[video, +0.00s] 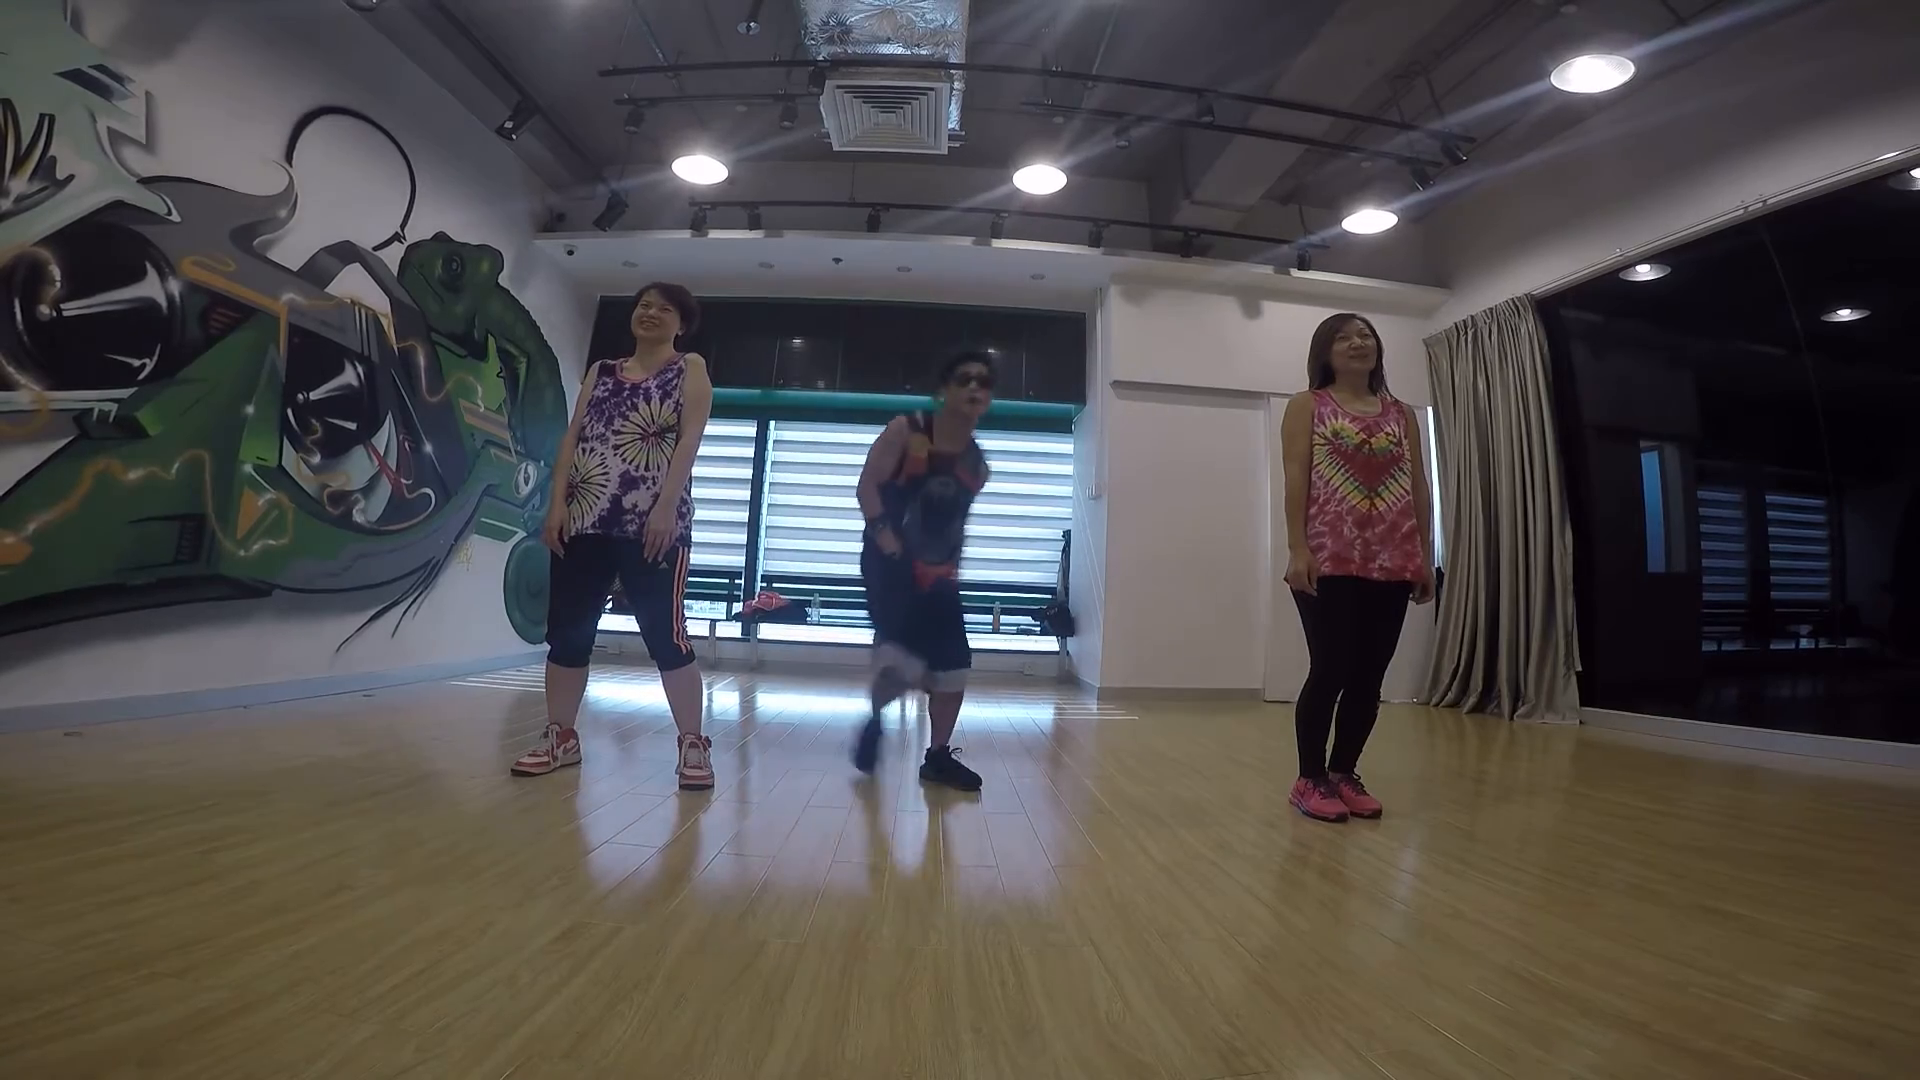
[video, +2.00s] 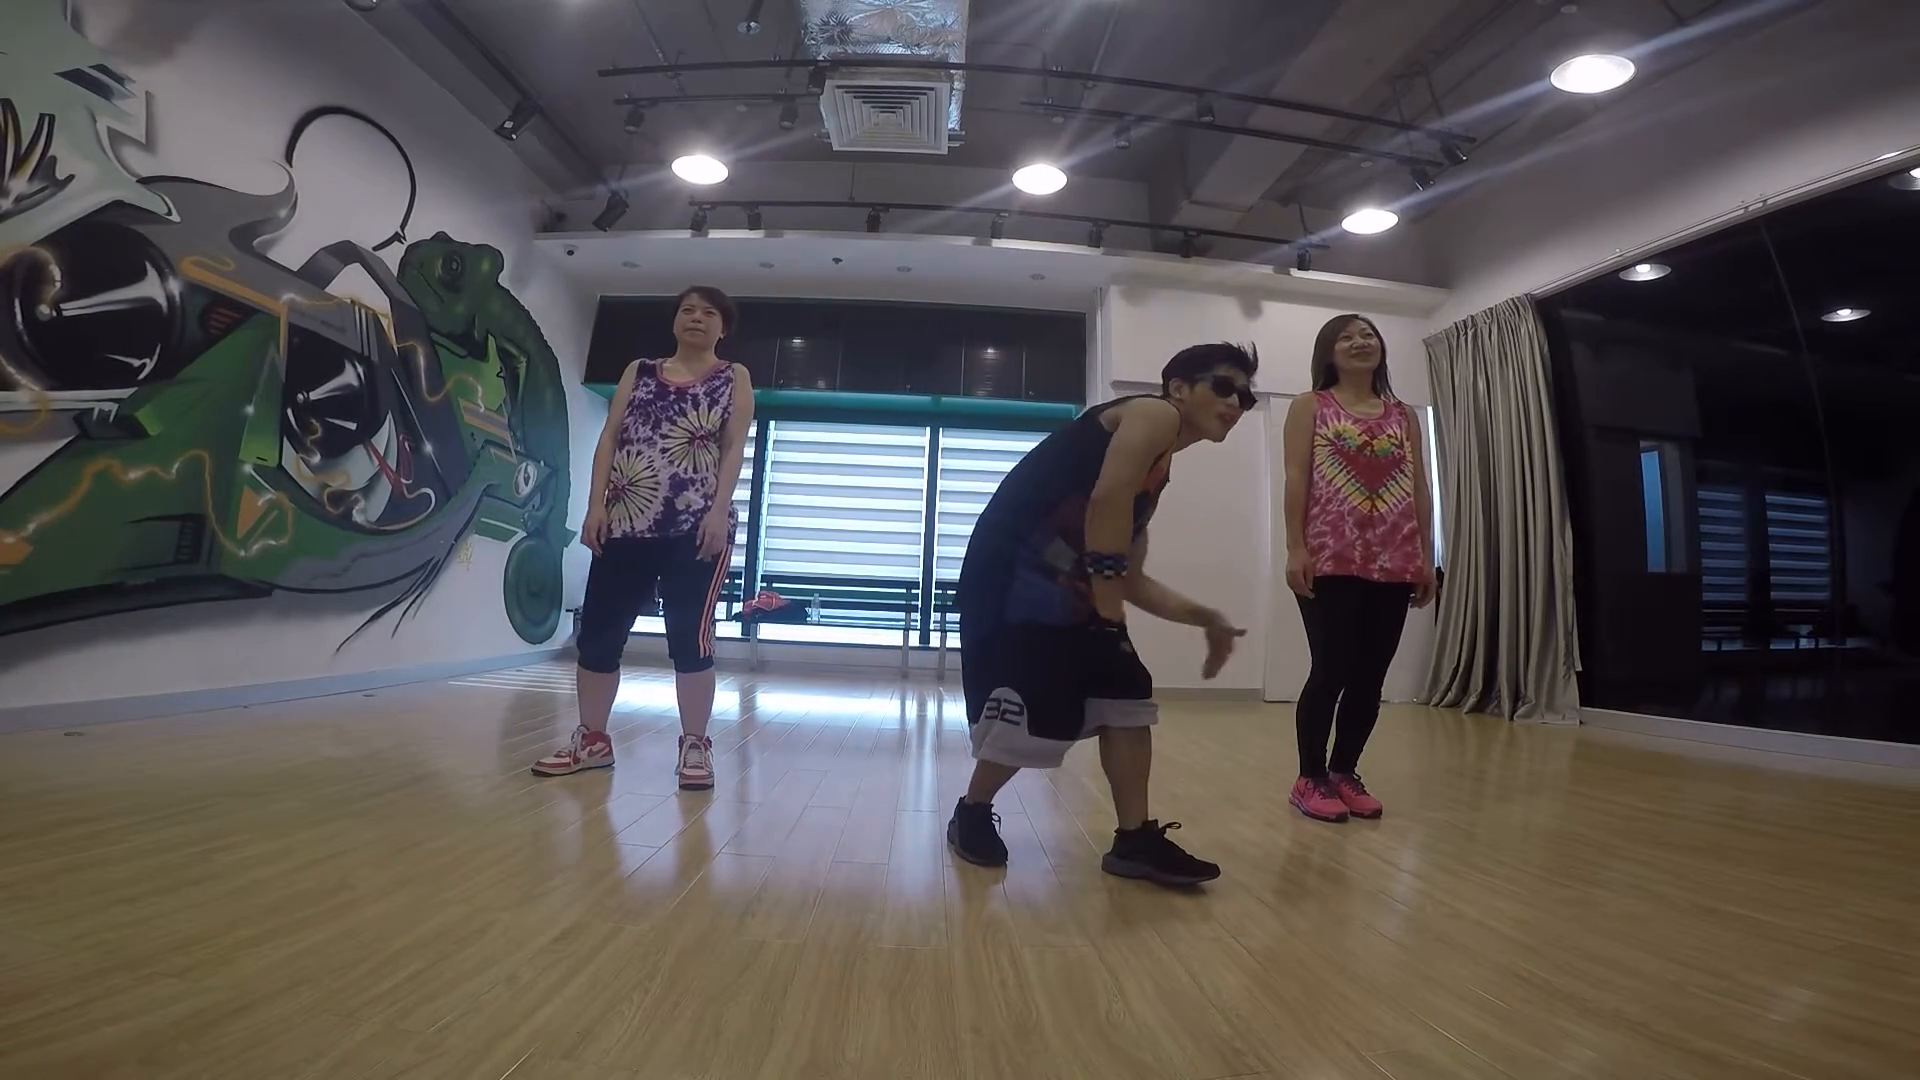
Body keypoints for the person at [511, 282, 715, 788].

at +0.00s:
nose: (649, 312)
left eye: (663, 308)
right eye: (643, 305)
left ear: (681, 326)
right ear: (630, 317)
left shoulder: (690, 369)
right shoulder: (600, 372)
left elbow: (688, 442)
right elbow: (572, 439)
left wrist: (666, 507)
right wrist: (557, 501)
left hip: (650, 526)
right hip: (583, 522)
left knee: (667, 640)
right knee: (567, 636)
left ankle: (692, 744)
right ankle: (561, 739)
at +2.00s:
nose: (695, 317)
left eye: (706, 313)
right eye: (687, 311)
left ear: (722, 329)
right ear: (674, 322)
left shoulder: (733, 378)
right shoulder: (638, 372)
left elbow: (733, 450)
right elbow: (609, 438)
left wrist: (719, 510)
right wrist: (596, 505)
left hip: (694, 529)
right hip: (626, 523)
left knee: (691, 643)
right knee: (598, 636)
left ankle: (694, 745)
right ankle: (592, 740)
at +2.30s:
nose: (693, 319)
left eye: (704, 314)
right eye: (685, 312)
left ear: (720, 329)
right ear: (672, 323)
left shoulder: (733, 380)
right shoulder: (639, 377)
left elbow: (737, 451)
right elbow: (614, 446)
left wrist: (728, 510)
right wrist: (605, 510)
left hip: (700, 533)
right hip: (633, 531)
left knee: (695, 645)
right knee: (596, 639)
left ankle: (695, 745)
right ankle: (591, 740)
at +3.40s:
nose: (658, 315)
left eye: (670, 311)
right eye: (650, 307)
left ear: (685, 328)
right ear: (635, 320)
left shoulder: (693, 377)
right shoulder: (599, 370)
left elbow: (692, 452)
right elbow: (564, 435)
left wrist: (678, 517)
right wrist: (547, 499)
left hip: (643, 531)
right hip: (575, 526)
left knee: (656, 643)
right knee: (567, 639)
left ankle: (691, 743)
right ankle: (577, 741)